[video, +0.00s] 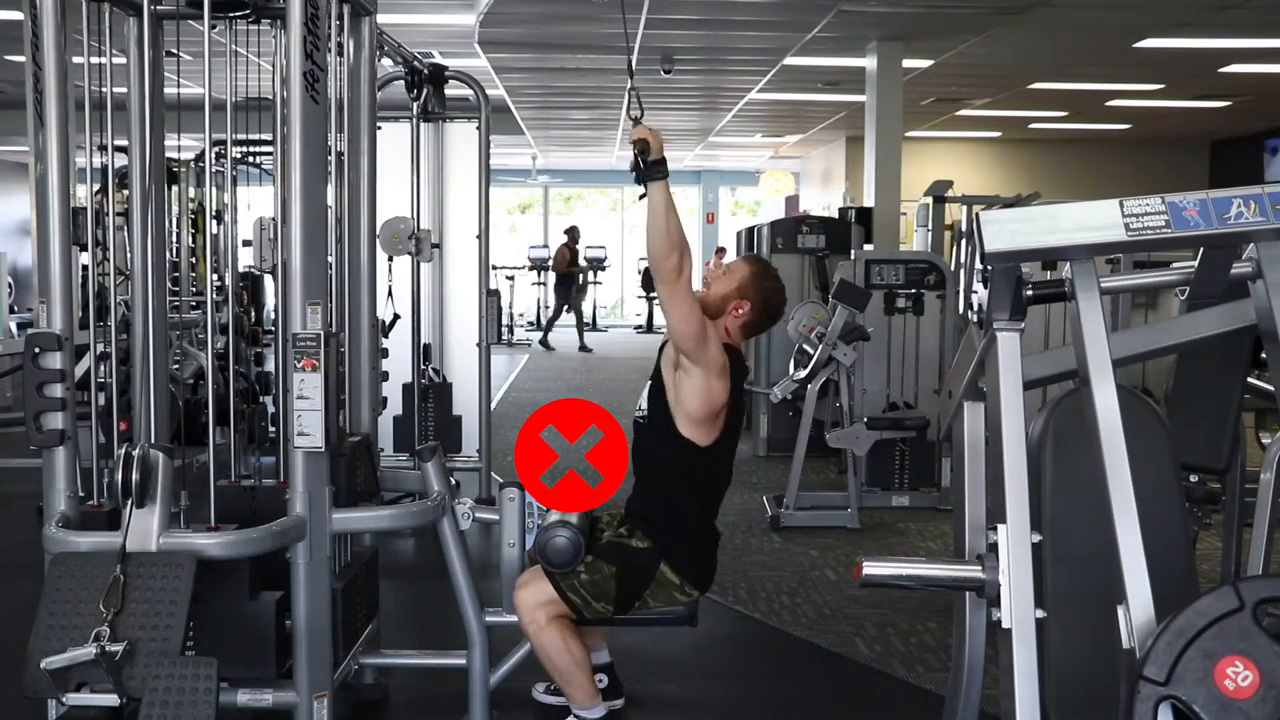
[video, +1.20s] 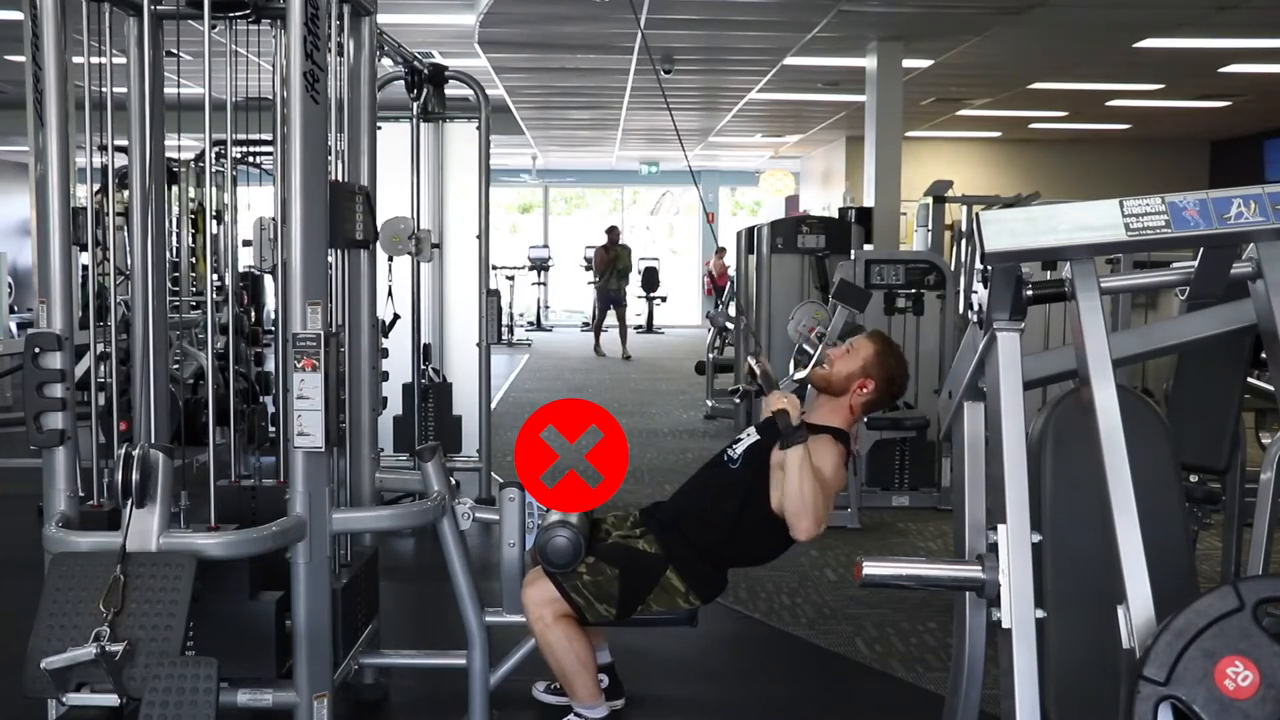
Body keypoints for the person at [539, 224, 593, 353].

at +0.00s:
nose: (579, 236)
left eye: (579, 234)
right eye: (577, 234)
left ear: (574, 236)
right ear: (570, 235)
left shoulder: (575, 250)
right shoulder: (563, 250)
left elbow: (573, 266)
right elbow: (556, 268)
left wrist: (583, 269)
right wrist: (574, 270)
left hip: (571, 285)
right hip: (562, 286)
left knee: (579, 314)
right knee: (556, 314)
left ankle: (582, 342)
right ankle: (543, 338)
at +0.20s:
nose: (588, 234)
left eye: (588, 232)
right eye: (585, 232)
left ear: (588, 233)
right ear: (578, 233)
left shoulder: (587, 248)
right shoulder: (571, 247)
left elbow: (588, 264)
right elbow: (557, 264)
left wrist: (593, 268)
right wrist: (574, 267)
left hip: (585, 282)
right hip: (572, 282)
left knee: (584, 313)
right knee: (575, 311)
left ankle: (582, 343)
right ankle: (560, 332)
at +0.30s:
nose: (591, 234)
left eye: (591, 232)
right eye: (588, 232)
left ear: (591, 233)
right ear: (582, 233)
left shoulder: (593, 248)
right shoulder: (573, 247)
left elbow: (596, 263)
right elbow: (559, 264)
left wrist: (597, 266)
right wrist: (574, 267)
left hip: (589, 279)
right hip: (576, 279)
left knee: (586, 311)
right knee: (580, 310)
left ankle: (582, 342)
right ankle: (573, 338)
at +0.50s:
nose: (595, 236)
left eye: (595, 234)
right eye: (592, 234)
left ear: (596, 235)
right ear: (586, 236)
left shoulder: (600, 249)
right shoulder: (578, 251)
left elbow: (608, 266)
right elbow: (565, 268)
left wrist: (601, 264)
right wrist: (577, 268)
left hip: (597, 282)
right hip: (584, 282)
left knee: (591, 313)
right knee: (587, 314)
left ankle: (583, 342)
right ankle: (593, 344)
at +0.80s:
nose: (602, 234)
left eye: (602, 232)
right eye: (599, 232)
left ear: (603, 233)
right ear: (593, 233)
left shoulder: (607, 247)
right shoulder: (585, 250)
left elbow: (615, 262)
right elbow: (576, 270)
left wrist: (611, 261)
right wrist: (589, 266)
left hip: (607, 286)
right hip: (594, 288)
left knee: (611, 315)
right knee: (595, 317)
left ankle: (597, 332)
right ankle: (597, 346)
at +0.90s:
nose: (605, 234)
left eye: (606, 231)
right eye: (603, 232)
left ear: (606, 233)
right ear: (596, 233)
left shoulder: (610, 247)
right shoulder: (588, 250)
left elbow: (618, 263)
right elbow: (581, 269)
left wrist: (613, 255)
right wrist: (594, 265)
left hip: (610, 286)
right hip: (596, 287)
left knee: (617, 313)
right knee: (596, 318)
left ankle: (606, 339)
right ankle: (596, 346)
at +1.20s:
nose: (618, 237)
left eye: (619, 234)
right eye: (615, 234)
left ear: (620, 235)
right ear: (608, 235)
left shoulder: (624, 250)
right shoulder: (601, 251)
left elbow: (629, 268)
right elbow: (598, 270)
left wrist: (623, 269)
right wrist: (610, 258)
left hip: (619, 289)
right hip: (604, 289)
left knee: (622, 320)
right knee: (600, 318)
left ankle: (624, 349)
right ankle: (597, 345)